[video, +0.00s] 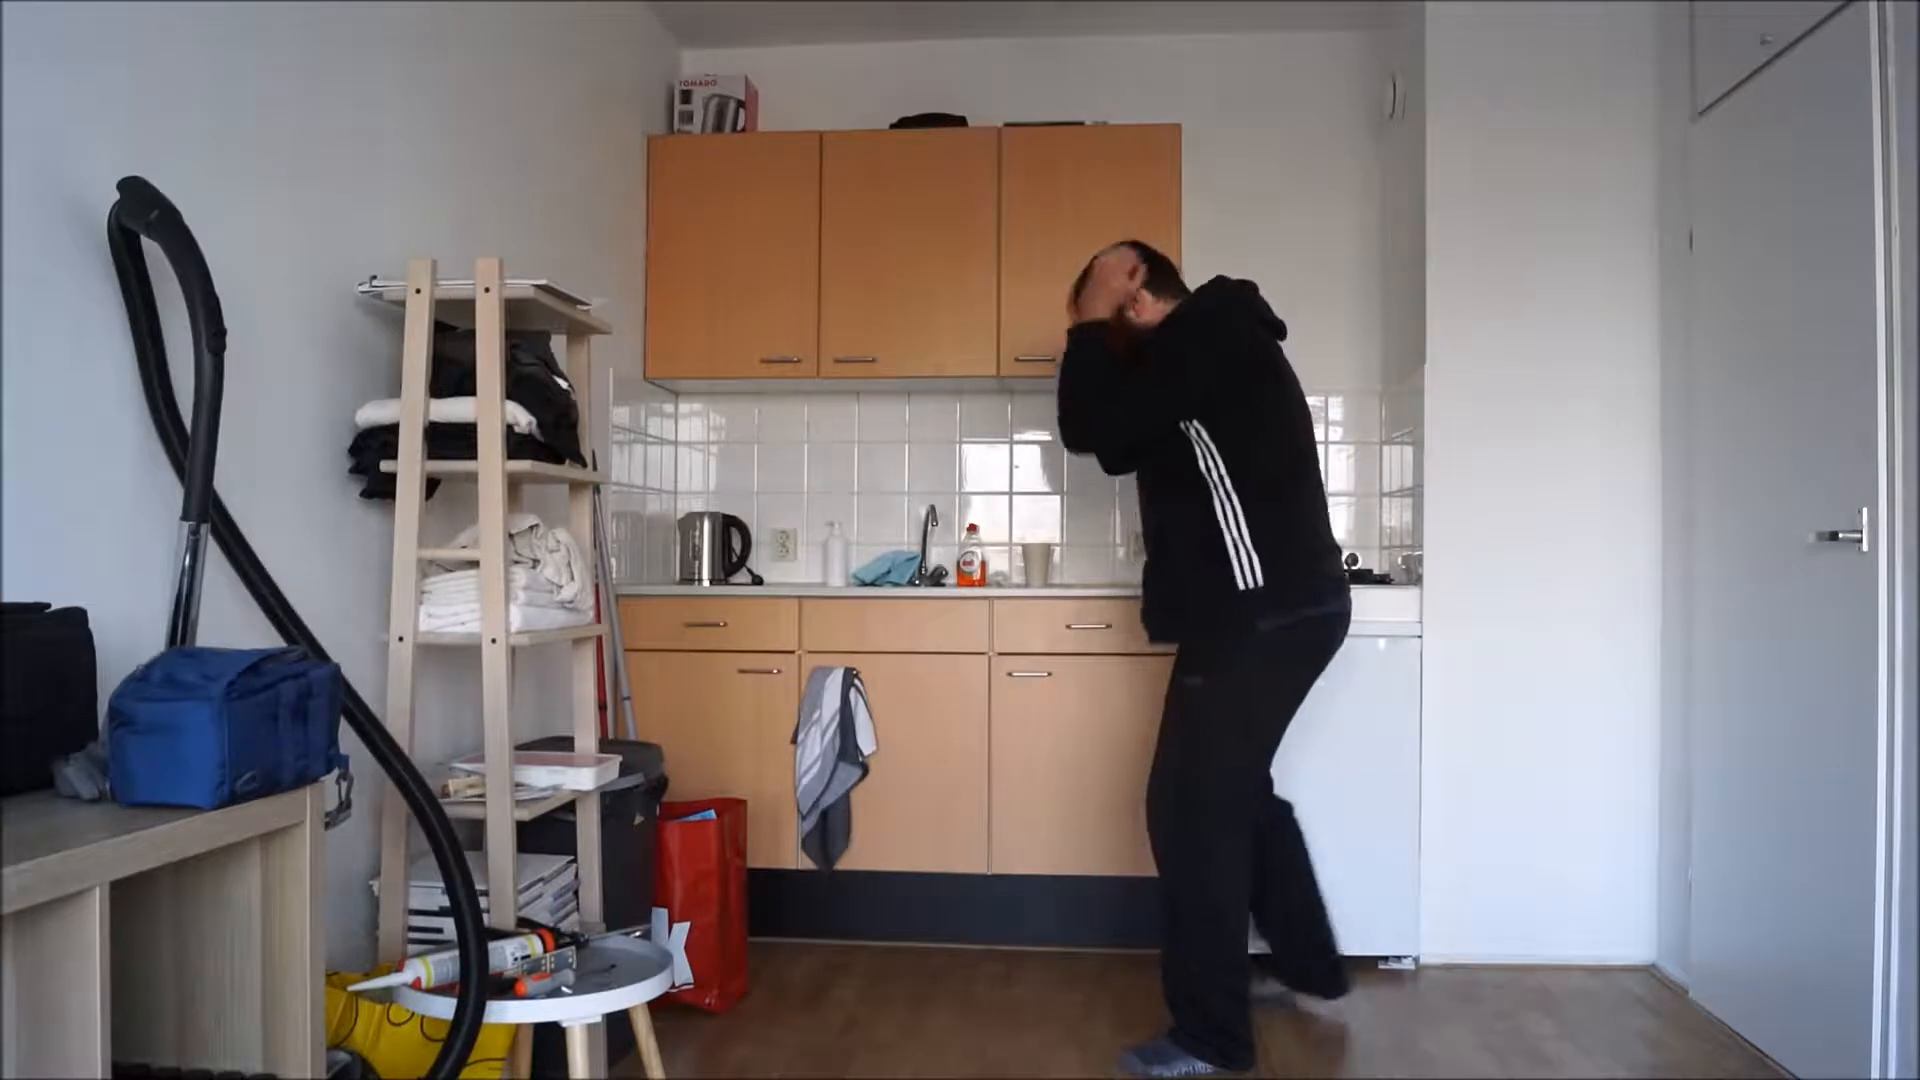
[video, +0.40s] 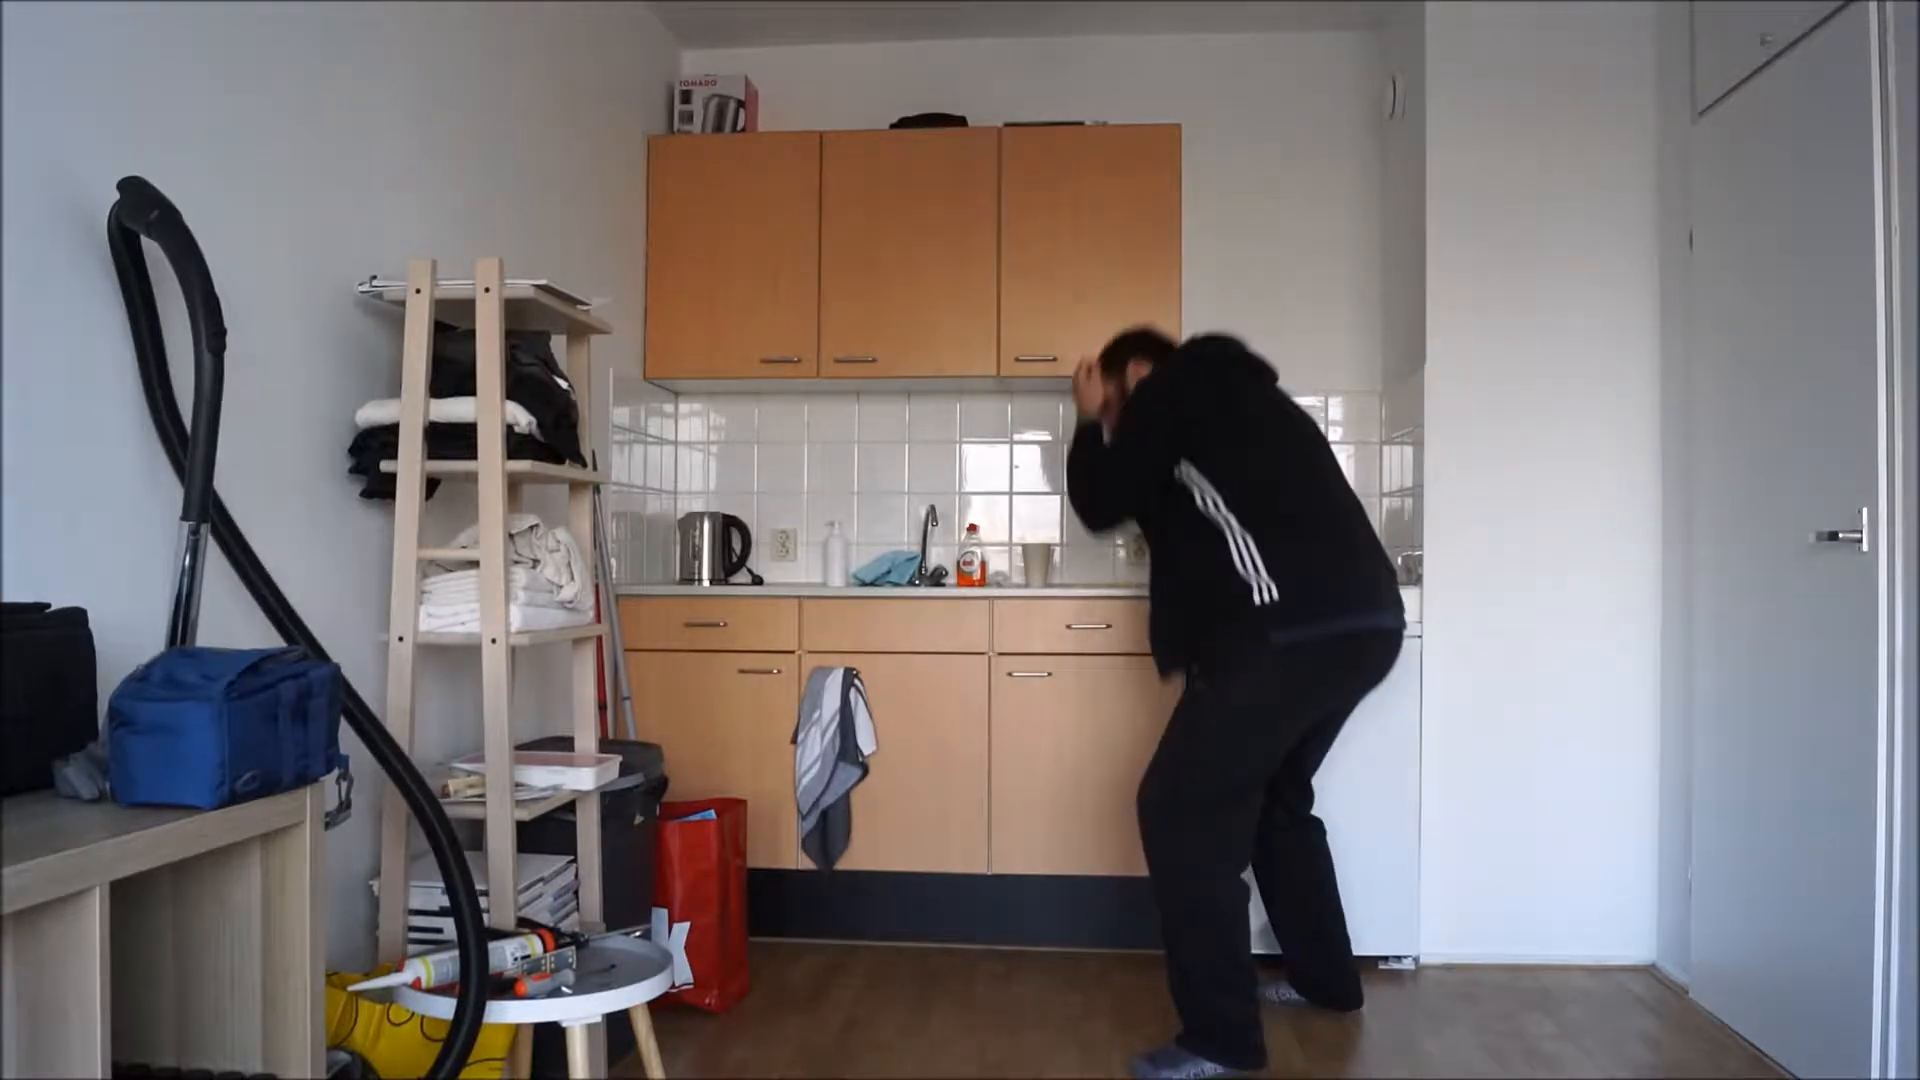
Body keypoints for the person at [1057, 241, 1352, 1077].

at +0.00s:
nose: (1083, 309)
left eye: (1090, 289)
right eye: (1084, 295)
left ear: (1136, 288)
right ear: (1155, 287)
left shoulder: (1189, 342)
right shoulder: (1232, 328)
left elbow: (1095, 430)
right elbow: (1123, 445)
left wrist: (1090, 330)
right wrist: (1095, 340)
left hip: (1246, 617)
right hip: (1299, 607)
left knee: (1188, 807)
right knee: (1236, 787)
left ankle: (1211, 1038)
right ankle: (1312, 965)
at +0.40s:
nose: (1110, 408)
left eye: (1115, 395)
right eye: (1109, 397)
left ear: (1142, 374)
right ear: (1173, 360)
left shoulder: (1166, 398)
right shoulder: (1254, 391)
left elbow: (1097, 504)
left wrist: (1090, 419)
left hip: (1281, 629)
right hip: (1366, 622)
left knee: (1182, 806)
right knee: (1277, 793)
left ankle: (1222, 1042)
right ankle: (1327, 977)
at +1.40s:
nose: (1103, 307)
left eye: (1107, 300)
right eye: (1108, 297)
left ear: (1126, 296)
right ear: (1186, 283)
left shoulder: (1134, 327)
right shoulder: (1262, 333)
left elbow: (1051, 412)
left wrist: (1083, 322)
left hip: (1181, 610)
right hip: (1288, 607)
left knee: (1103, 812)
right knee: (1244, 797)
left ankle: (1102, 1024)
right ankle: (1295, 1016)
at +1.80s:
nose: (1133, 273)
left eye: (1115, 267)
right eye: (1132, 264)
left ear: (1049, 271)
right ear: (1128, 269)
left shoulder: (998, 344)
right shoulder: (1168, 314)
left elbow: (1016, 462)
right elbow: (1216, 429)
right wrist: (1153, 354)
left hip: (1046, 618)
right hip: (1156, 613)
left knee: (1061, 820)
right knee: (1217, 791)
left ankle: (1064, 1027)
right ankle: (1149, 1010)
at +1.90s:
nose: (1138, 277)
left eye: (1130, 267)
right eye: (1135, 266)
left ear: (1047, 263)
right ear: (1119, 263)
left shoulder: (985, 337)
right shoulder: (1141, 319)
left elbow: (1007, 452)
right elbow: (1211, 411)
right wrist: (1163, 313)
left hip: (1016, 616)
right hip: (1114, 615)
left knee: (1059, 811)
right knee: (1156, 803)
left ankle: (1062, 1024)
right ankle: (1015, 1014)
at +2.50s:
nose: (1138, 286)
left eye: (1139, 270)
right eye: (1131, 269)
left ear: (1077, 262)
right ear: (1085, 262)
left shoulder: (1057, 324)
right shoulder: (1025, 307)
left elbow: (1138, 424)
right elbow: (1151, 403)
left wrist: (1148, 309)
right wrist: (1153, 298)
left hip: (1018, 610)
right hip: (969, 612)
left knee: (1067, 782)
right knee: (1020, 807)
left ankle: (1030, 976)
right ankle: (956, 1053)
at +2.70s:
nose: (1166, 420)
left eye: (1171, 407)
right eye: (1164, 404)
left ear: (1113, 385)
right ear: (1122, 387)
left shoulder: (1076, 422)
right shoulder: (1054, 411)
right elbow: (1151, 536)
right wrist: (1178, 436)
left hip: (992, 665)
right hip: (943, 671)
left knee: (1089, 791)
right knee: (1056, 837)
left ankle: (1032, 972)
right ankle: (958, 1058)